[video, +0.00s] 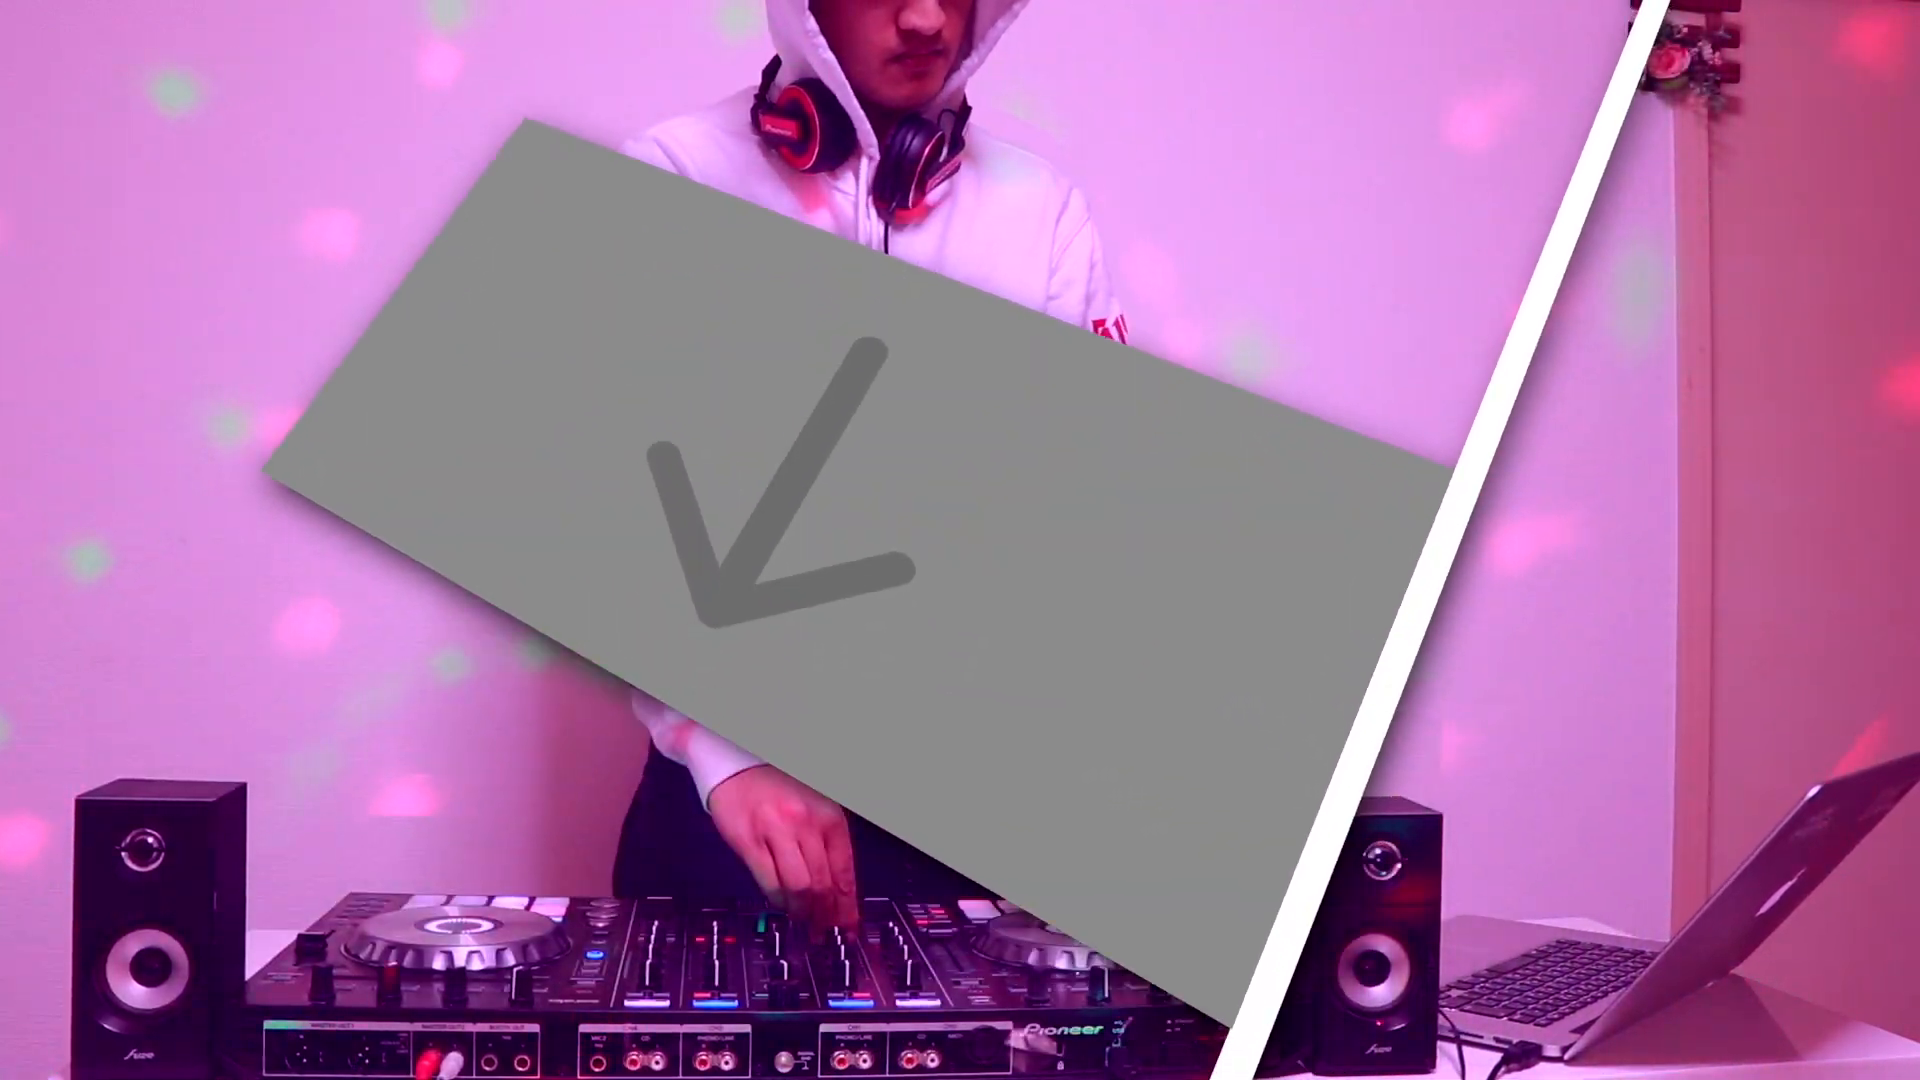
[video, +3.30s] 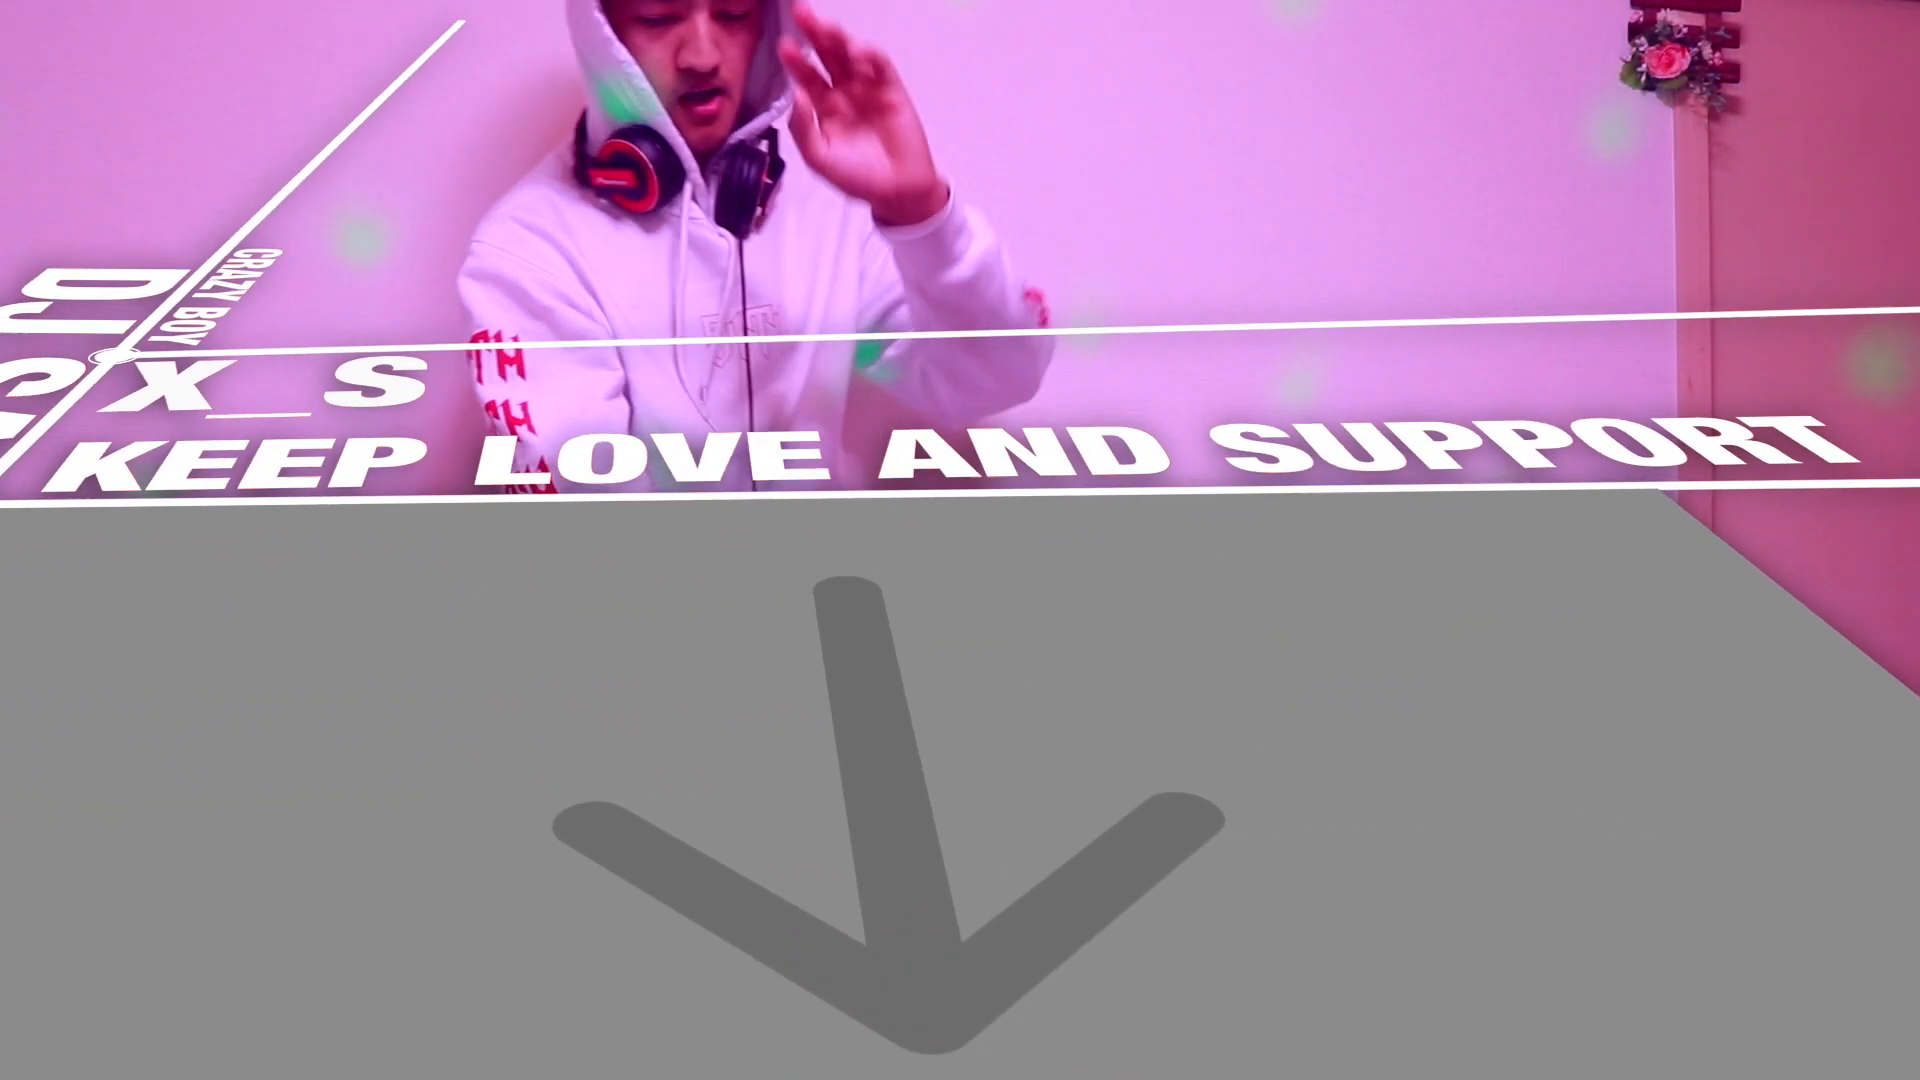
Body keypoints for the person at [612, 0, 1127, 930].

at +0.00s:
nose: (928, 18)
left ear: (984, 10)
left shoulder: (1045, 215)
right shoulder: (679, 172)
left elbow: (1102, 520)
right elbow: (605, 502)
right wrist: (722, 753)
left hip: (957, 801)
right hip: (712, 789)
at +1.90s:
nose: (900, 32)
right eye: (855, 8)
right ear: (824, 36)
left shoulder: (1162, 209)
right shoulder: (783, 227)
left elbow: (1227, 502)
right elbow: (741, 503)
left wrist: (1153, 712)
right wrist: (768, 744)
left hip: (1073, 750)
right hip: (837, 757)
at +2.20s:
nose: (893, 58)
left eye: (918, 5)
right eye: (844, 31)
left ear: (995, 2)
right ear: (820, 62)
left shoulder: (1175, 213)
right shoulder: (791, 240)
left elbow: (1236, 508)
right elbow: (774, 517)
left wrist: (1167, 762)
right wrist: (794, 745)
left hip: (1089, 803)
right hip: (863, 794)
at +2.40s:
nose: (908, 78)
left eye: (935, 20)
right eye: (855, 47)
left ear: (1004, 12)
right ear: (823, 71)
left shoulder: (1174, 216)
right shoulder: (783, 243)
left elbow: (1248, 481)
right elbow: (755, 510)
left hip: (1117, 592)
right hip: (883, 608)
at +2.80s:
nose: (905, 34)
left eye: (942, 7)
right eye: (863, 15)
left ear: (991, 25)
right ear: (808, 34)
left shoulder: (1093, 196)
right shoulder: (735, 234)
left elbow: (1198, 419)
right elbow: (707, 491)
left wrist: (1009, 210)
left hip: (1074, 578)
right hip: (844, 594)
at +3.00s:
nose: (828, 46)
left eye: (855, 6)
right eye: (782, 16)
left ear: (901, 19)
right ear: (724, 37)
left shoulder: (976, 188)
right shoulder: (651, 232)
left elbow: (1135, 334)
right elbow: (660, 479)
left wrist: (980, 132)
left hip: (971, 559)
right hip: (770, 582)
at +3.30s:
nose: (702, 54)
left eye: (732, 16)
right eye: (659, 19)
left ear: (769, 26)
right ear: (598, 34)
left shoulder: (843, 187)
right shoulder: (530, 242)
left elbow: (996, 383)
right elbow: (584, 478)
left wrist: (917, 210)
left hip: (833, 553)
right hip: (645, 579)